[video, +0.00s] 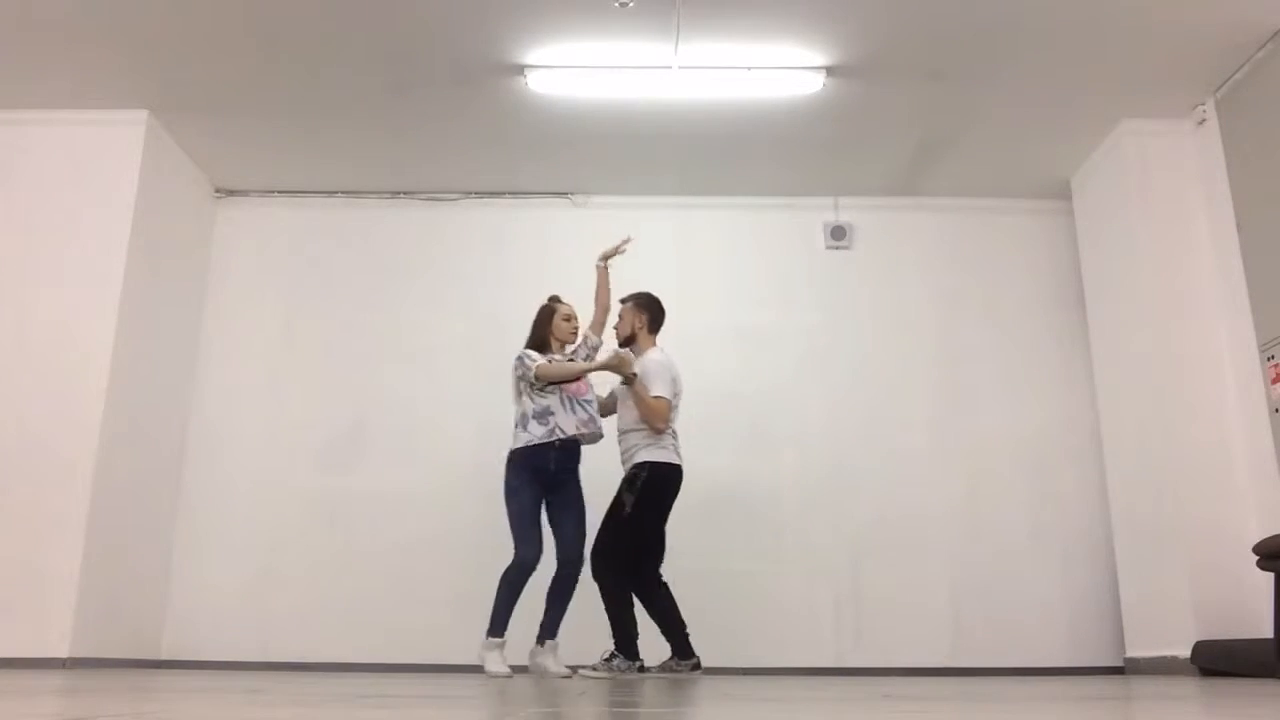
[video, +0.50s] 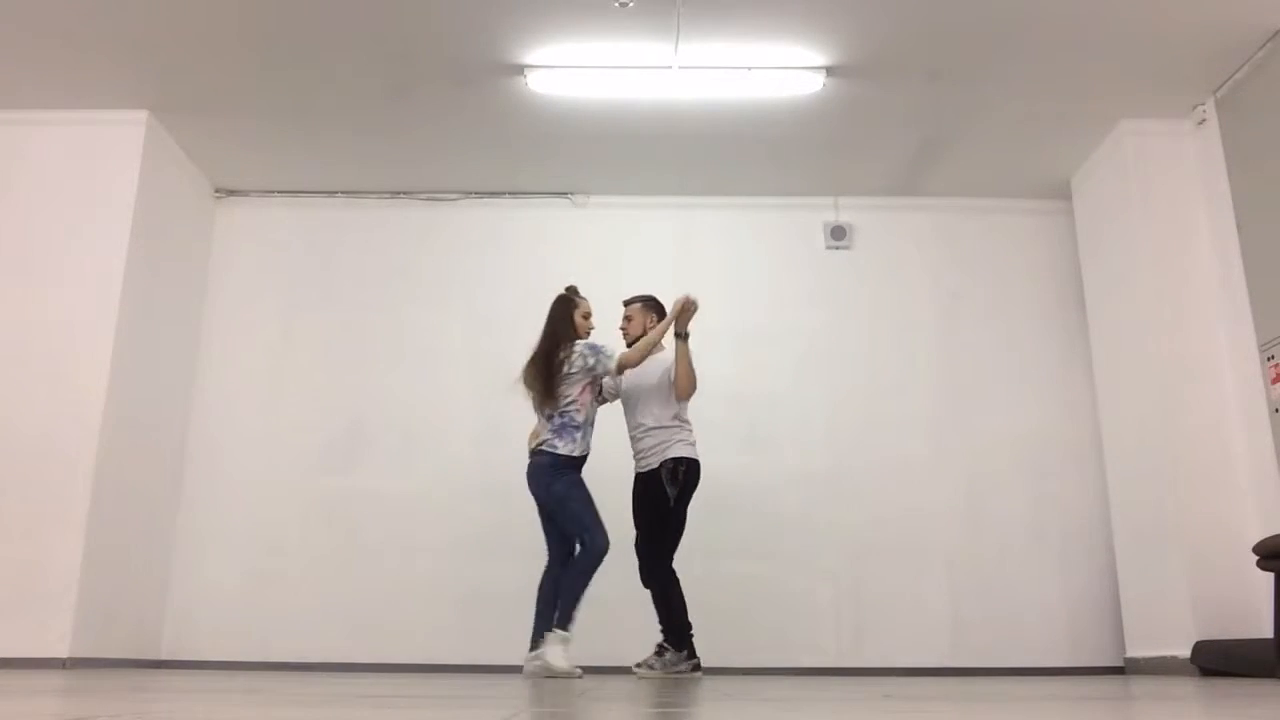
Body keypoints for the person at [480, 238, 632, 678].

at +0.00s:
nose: (576, 327)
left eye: (577, 321)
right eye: (567, 320)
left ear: (576, 328)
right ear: (548, 324)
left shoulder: (580, 356)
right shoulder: (526, 358)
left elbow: (601, 316)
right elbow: (549, 372)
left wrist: (603, 264)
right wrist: (600, 365)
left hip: (565, 471)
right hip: (525, 469)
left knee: (572, 558)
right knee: (528, 556)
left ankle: (544, 649)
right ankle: (493, 645)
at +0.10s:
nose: (577, 327)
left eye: (577, 321)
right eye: (570, 320)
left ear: (565, 327)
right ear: (550, 323)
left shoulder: (573, 358)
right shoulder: (532, 357)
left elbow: (601, 335)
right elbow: (559, 379)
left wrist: (598, 299)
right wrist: (613, 364)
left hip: (556, 473)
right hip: (522, 467)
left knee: (583, 555)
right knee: (517, 553)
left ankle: (545, 645)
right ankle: (492, 645)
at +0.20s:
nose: (579, 324)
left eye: (578, 318)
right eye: (573, 318)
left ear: (560, 322)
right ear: (554, 321)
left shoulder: (564, 361)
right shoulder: (539, 358)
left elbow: (581, 390)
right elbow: (571, 387)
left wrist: (591, 347)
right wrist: (621, 363)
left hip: (560, 473)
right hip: (529, 469)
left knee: (583, 557)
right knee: (524, 555)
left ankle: (544, 646)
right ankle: (492, 645)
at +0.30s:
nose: (582, 325)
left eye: (581, 318)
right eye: (576, 318)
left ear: (564, 322)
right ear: (557, 320)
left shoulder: (564, 361)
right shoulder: (549, 358)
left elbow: (584, 400)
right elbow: (586, 385)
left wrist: (614, 370)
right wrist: (635, 354)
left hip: (567, 471)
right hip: (543, 470)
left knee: (579, 560)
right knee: (555, 556)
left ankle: (542, 650)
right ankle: (504, 639)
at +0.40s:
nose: (587, 325)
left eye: (586, 318)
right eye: (581, 319)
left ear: (563, 323)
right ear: (563, 322)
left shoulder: (561, 358)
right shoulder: (566, 356)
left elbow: (581, 402)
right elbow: (612, 371)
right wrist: (657, 338)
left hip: (559, 470)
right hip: (552, 472)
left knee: (578, 552)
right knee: (580, 552)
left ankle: (539, 639)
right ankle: (538, 638)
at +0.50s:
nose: (592, 323)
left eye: (592, 316)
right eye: (587, 317)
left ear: (563, 320)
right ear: (571, 319)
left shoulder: (557, 358)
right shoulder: (581, 351)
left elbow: (590, 396)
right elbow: (630, 357)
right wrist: (669, 323)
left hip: (545, 469)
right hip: (558, 470)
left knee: (560, 556)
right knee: (595, 544)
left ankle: (538, 651)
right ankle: (557, 637)